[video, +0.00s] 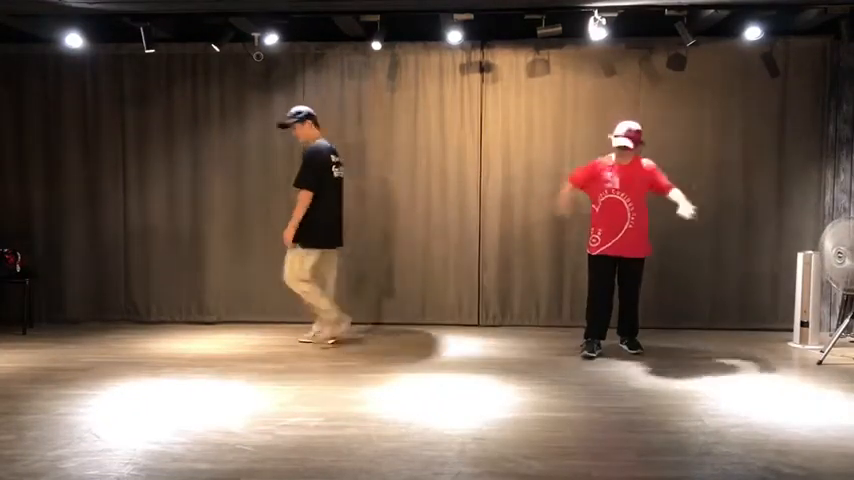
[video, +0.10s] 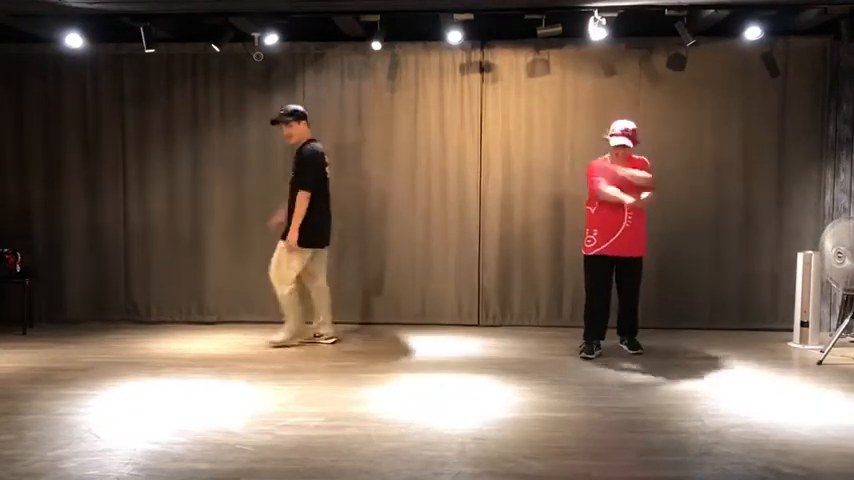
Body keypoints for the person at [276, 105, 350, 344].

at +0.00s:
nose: (294, 134)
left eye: (296, 128)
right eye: (292, 129)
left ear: (309, 124)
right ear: (310, 126)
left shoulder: (314, 153)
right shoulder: (330, 151)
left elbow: (306, 195)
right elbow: (329, 196)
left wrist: (291, 227)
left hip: (313, 231)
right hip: (331, 230)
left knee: (295, 276)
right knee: (325, 281)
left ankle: (336, 320)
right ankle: (322, 328)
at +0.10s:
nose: (285, 133)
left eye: (288, 126)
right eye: (283, 127)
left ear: (302, 124)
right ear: (300, 127)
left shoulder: (307, 153)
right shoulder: (314, 151)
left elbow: (304, 195)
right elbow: (303, 192)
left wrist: (294, 229)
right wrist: (286, 213)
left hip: (303, 232)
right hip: (318, 231)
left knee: (280, 274)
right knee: (316, 280)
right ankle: (325, 328)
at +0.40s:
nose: (260, 130)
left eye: (266, 125)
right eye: (258, 125)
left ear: (279, 126)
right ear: (256, 126)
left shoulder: (285, 157)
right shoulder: (258, 152)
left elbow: (286, 199)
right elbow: (245, 183)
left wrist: (288, 235)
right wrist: (228, 209)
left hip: (273, 233)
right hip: (255, 229)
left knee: (265, 282)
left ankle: (254, 330)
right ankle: (299, 309)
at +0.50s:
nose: (253, 128)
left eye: (259, 123)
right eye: (250, 123)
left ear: (272, 125)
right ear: (246, 126)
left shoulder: (280, 157)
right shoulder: (247, 151)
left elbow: (276, 198)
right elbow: (238, 187)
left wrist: (272, 232)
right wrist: (229, 217)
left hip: (264, 233)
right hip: (242, 228)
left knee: (259, 288)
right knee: (228, 270)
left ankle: (254, 331)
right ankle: (267, 305)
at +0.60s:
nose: (247, 126)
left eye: (253, 120)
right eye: (243, 120)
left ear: (265, 123)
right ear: (239, 124)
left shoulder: (275, 154)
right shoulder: (236, 151)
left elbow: (275, 194)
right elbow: (234, 188)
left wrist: (254, 226)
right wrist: (231, 219)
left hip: (261, 229)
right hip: (234, 225)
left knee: (257, 285)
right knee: (216, 269)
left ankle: (254, 330)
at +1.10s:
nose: (225, 122)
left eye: (231, 117)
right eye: (220, 116)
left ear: (239, 121)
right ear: (212, 119)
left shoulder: (253, 153)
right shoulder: (200, 152)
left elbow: (265, 191)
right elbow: (180, 187)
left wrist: (275, 227)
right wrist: (172, 225)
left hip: (242, 239)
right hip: (207, 238)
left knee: (247, 285)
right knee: (201, 293)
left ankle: (220, 331)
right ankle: (197, 343)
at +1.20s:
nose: (232, 121)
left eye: (237, 116)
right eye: (226, 115)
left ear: (244, 120)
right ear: (216, 118)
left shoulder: (254, 153)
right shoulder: (203, 149)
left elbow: (270, 192)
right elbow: (185, 185)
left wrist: (284, 228)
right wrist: (178, 218)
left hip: (244, 237)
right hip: (208, 237)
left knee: (249, 287)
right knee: (202, 293)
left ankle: (237, 347)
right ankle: (196, 344)